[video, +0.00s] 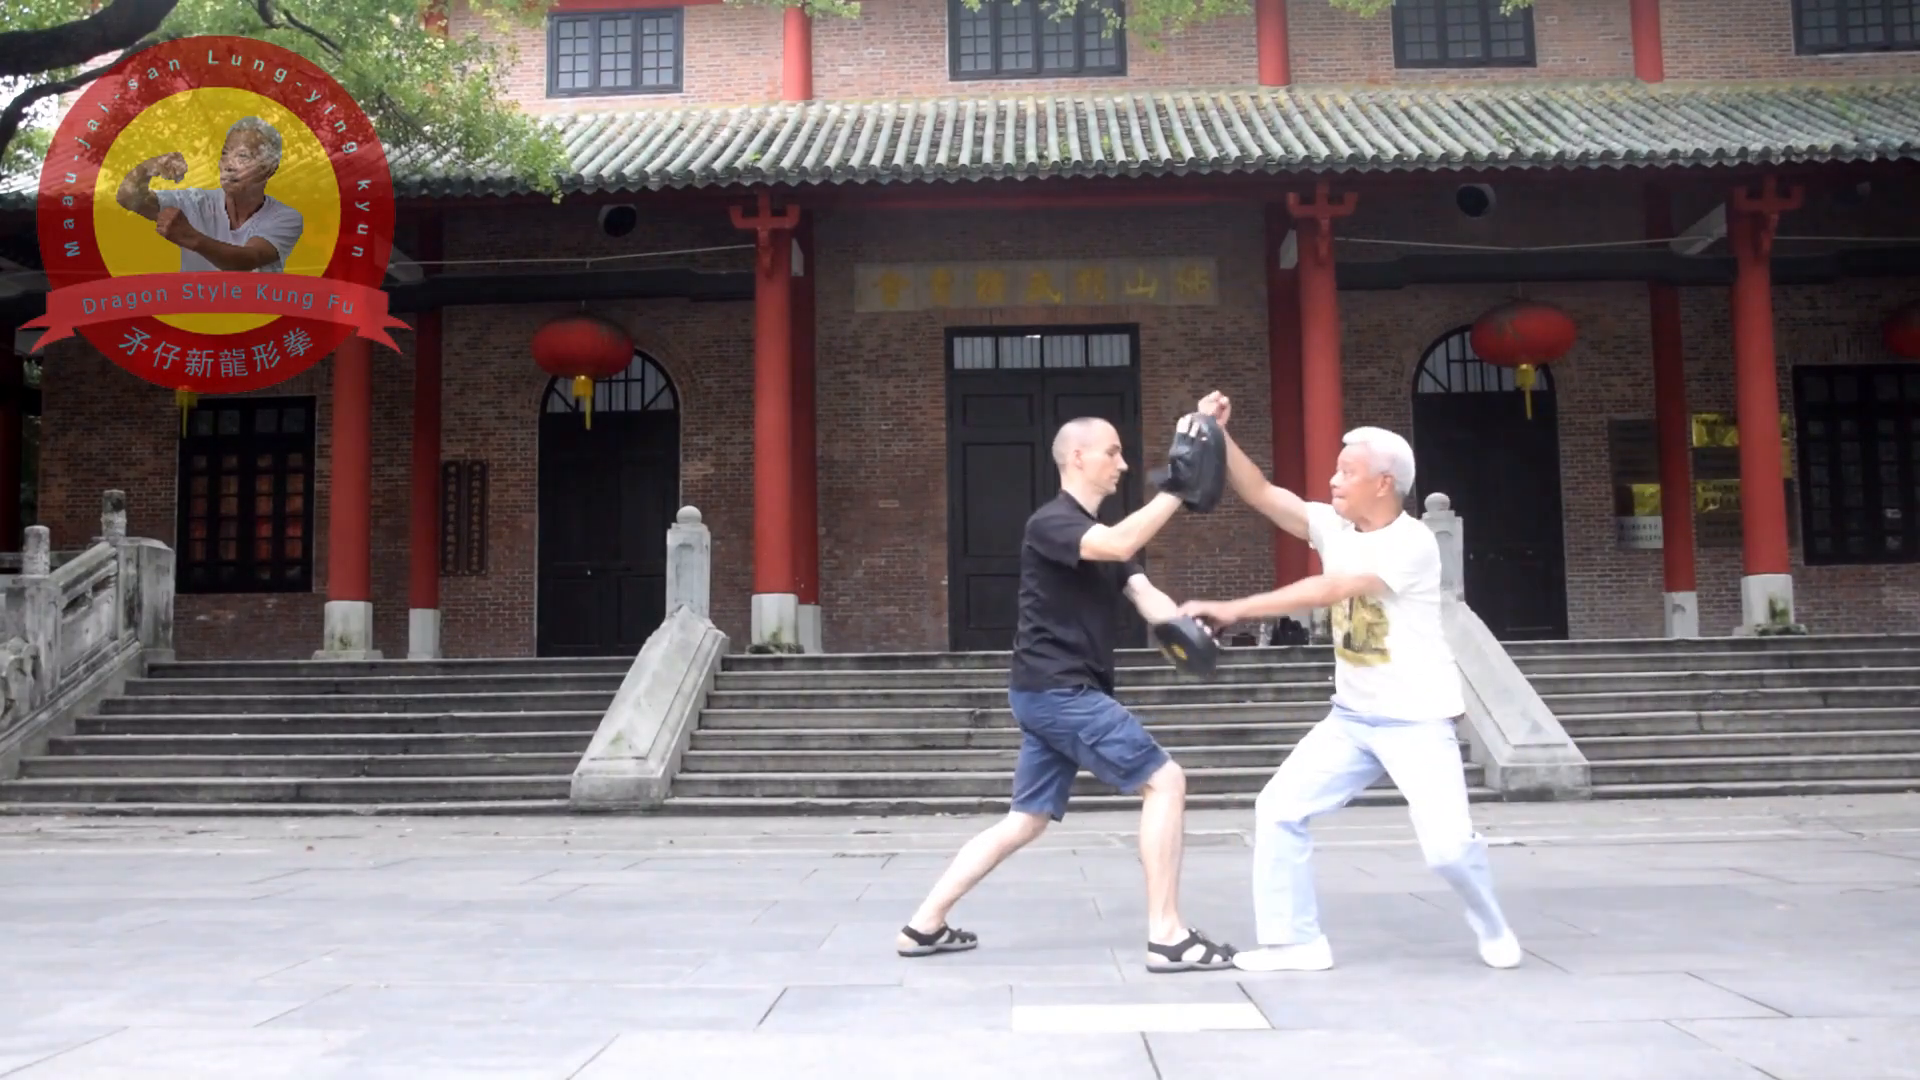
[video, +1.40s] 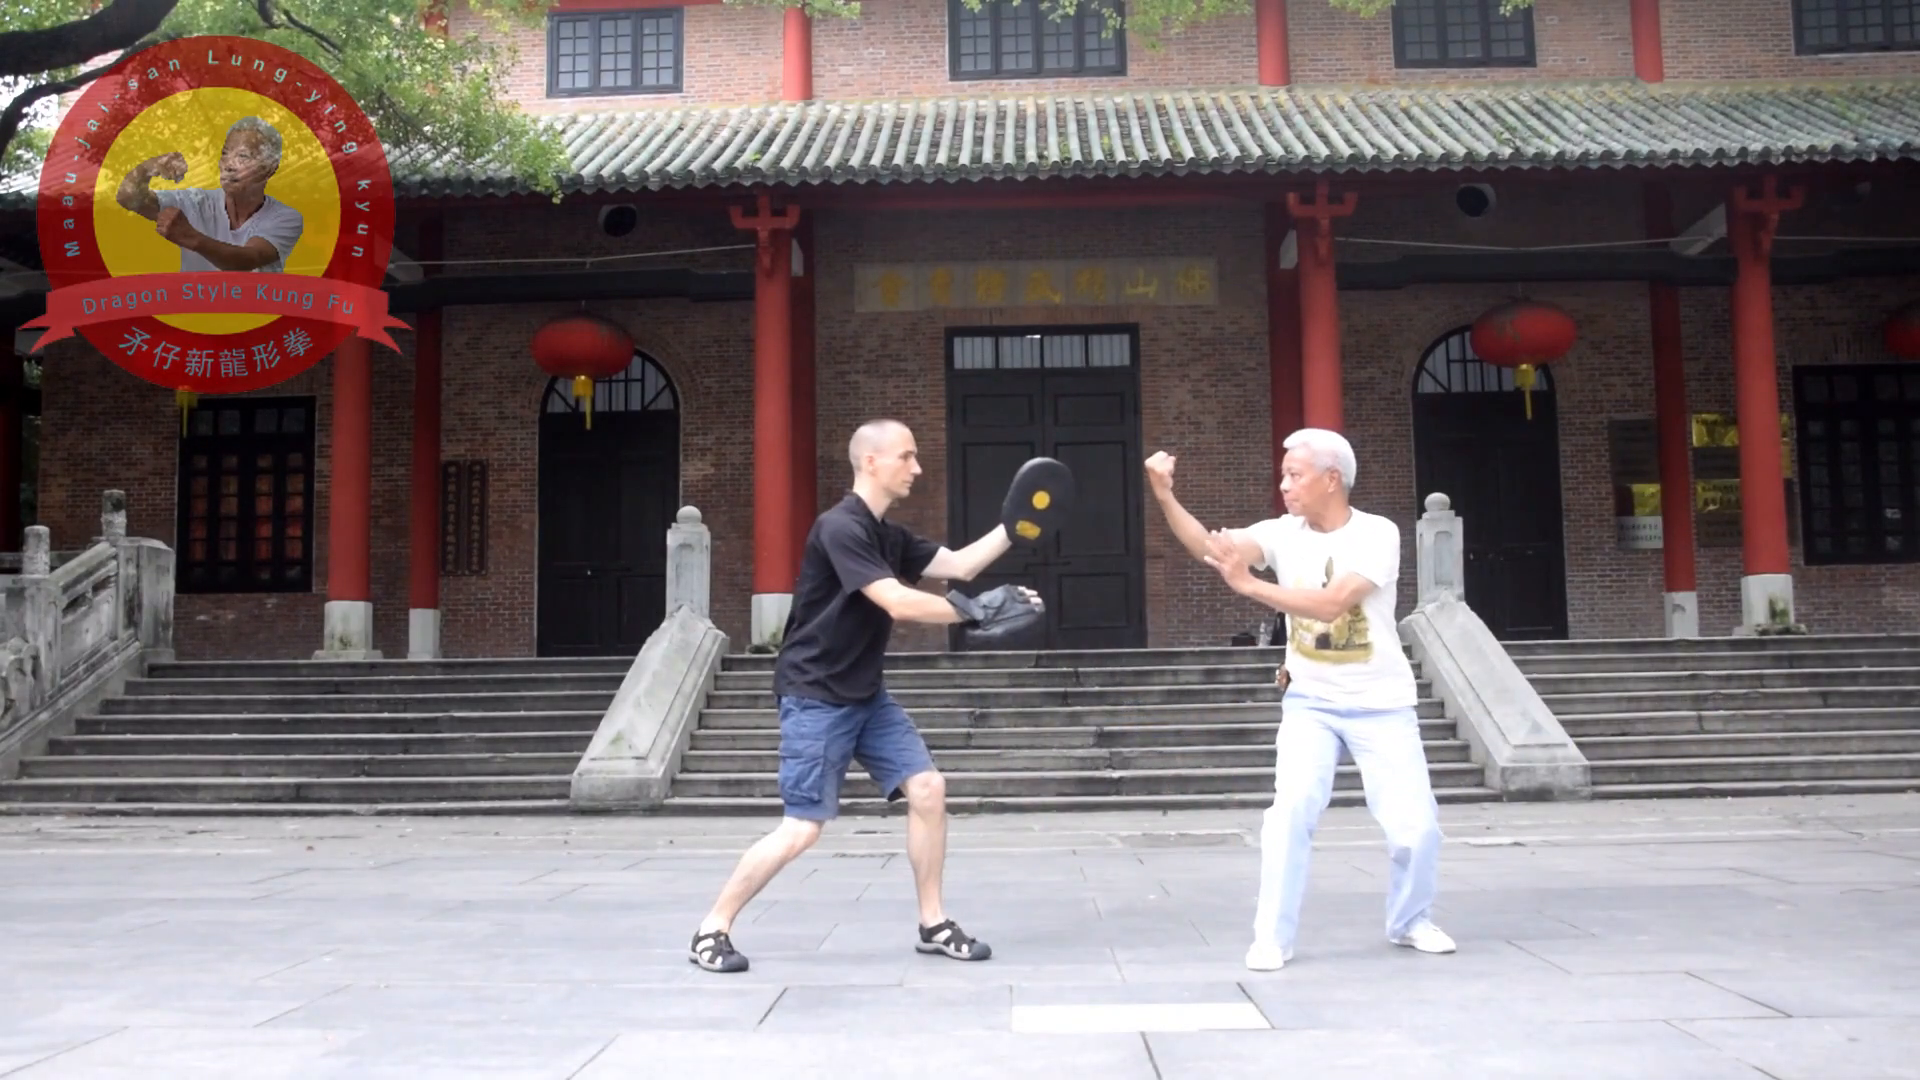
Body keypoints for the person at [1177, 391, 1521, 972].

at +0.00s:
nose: (1333, 483)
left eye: (1345, 473)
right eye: (1336, 472)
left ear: (1384, 484)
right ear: (1361, 482)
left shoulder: (1413, 544)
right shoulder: (1331, 526)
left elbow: (1331, 590)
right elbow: (1260, 492)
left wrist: (1236, 608)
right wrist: (1217, 435)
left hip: (1418, 724)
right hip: (1351, 717)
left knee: (1449, 850)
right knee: (1278, 808)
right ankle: (1298, 941)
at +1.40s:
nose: (1283, 486)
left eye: (1293, 476)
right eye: (1283, 475)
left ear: (1331, 479)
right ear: (1308, 481)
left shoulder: (1378, 534)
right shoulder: (1284, 531)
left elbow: (1331, 604)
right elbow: (1215, 548)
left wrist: (1248, 585)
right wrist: (1165, 496)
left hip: (1383, 705)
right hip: (1310, 703)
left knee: (1417, 828)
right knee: (1292, 810)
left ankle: (1411, 920)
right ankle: (1271, 940)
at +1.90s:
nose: (1155, 502)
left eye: (1166, 493)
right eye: (1158, 493)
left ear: (1200, 503)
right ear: (1184, 501)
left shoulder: (1235, 560)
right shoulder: (1151, 547)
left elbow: (1177, 612)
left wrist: (1102, 566)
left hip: (1255, 732)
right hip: (1185, 730)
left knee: (1321, 831)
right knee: (1112, 809)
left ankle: (1407, 911)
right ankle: (1066, 936)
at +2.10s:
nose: (1049, 484)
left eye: (1056, 476)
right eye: (1054, 474)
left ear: (1080, 487)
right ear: (1092, 489)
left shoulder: (1083, 545)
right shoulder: (1111, 528)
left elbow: (1014, 605)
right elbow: (1037, 515)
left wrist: (975, 612)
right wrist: (973, 491)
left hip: (1168, 719)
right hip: (1123, 717)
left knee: (1186, 848)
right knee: (1054, 804)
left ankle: (1294, 885)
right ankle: (1053, 940)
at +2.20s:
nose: (1017, 483)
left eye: (1021, 473)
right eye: (1021, 473)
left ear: (1042, 482)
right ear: (1069, 483)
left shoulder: (1043, 542)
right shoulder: (1097, 517)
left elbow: (989, 606)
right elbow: (1016, 505)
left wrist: (958, 598)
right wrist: (952, 477)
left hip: (1129, 706)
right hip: (1129, 703)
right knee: (1042, 807)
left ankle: (1224, 913)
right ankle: (1055, 941)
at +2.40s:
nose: (997, 474)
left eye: (1000, 466)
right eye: (1000, 465)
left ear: (1018, 475)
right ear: (1058, 476)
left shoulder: (1015, 533)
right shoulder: (1087, 515)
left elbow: (959, 594)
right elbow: (1008, 496)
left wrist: (945, 556)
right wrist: (948, 468)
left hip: (1073, 701)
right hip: (1135, 701)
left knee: (1036, 835)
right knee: (1037, 822)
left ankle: (1082, 975)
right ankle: (1044, 945)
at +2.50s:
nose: (990, 472)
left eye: (995, 463)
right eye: (993, 463)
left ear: (1014, 471)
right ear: (1053, 473)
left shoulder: (1000, 526)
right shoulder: (1085, 511)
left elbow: (957, 596)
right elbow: (1012, 499)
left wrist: (946, 570)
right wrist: (950, 476)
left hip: (1057, 698)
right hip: (1127, 698)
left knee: (1031, 839)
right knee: (1035, 823)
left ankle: (1079, 978)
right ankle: (1032, 950)